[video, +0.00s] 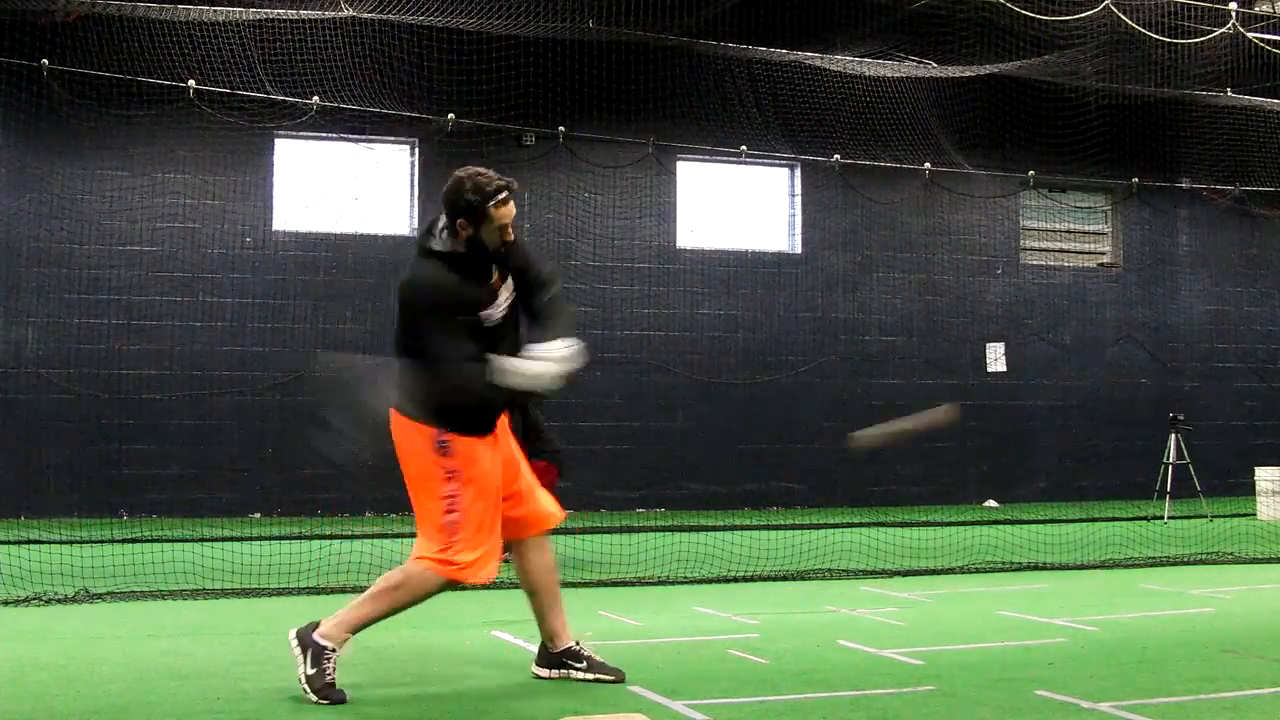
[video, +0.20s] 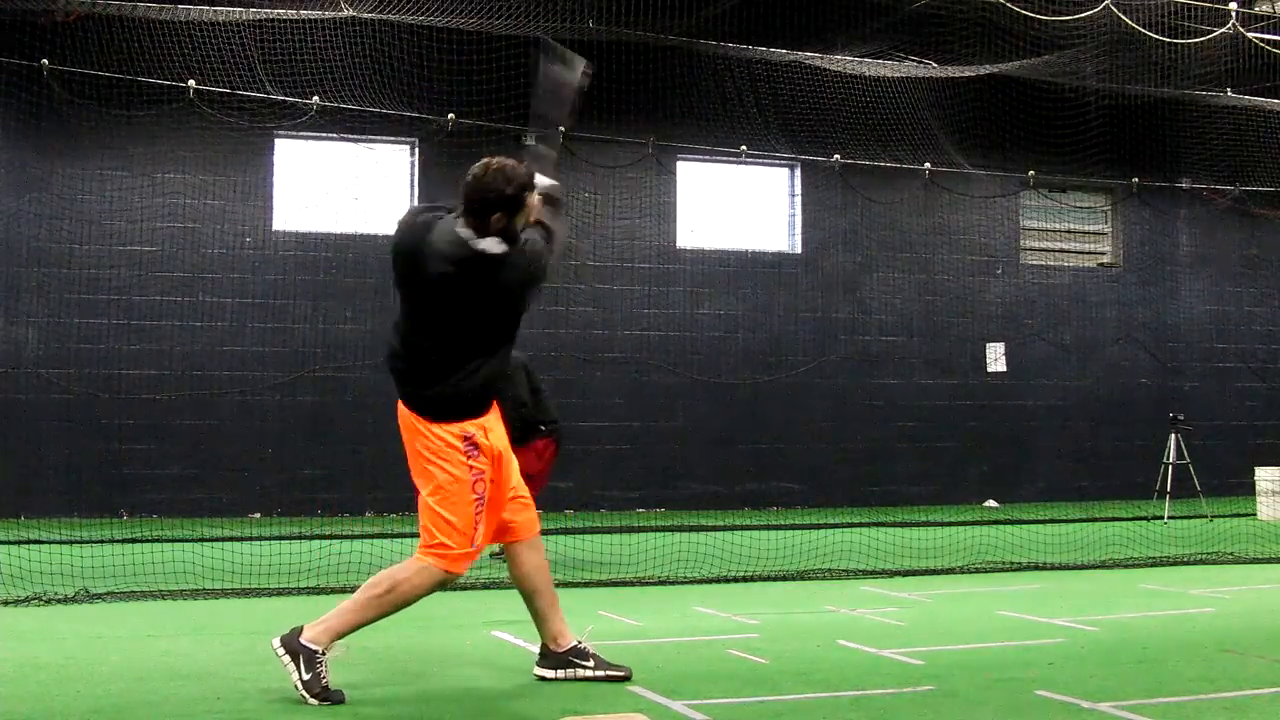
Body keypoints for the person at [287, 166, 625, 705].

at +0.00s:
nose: (512, 232)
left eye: (512, 222)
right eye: (503, 225)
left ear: (497, 218)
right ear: (468, 226)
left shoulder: (499, 249)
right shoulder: (430, 282)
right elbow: (453, 374)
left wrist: (552, 346)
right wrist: (519, 374)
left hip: (484, 420)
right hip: (434, 427)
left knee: (530, 523)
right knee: (450, 557)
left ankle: (558, 648)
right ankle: (324, 637)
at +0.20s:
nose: (534, 211)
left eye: (532, 201)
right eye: (529, 205)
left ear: (470, 206)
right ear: (509, 218)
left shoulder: (417, 231)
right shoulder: (517, 267)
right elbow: (545, 230)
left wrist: (513, 206)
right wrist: (544, 198)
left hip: (476, 413)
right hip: (445, 423)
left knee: (520, 524)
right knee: (444, 559)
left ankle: (560, 648)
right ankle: (309, 641)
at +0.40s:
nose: (547, 189)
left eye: (546, 180)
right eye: (545, 182)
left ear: (483, 186)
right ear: (525, 188)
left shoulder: (426, 232)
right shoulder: (537, 228)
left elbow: (366, 282)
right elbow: (476, 215)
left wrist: (390, 217)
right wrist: (411, 191)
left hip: (445, 412)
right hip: (463, 418)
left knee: (523, 526)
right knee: (444, 561)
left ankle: (562, 649)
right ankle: (306, 640)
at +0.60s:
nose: (546, 190)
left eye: (545, 181)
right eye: (543, 182)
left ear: (486, 185)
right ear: (521, 190)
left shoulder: (433, 227)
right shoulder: (536, 249)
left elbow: (387, 270)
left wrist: (450, 283)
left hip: (454, 415)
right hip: (455, 421)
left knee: (526, 523)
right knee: (448, 562)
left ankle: (563, 649)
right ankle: (304, 640)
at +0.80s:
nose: (547, 191)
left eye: (547, 181)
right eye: (543, 182)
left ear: (490, 182)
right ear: (517, 186)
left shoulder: (441, 221)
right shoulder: (520, 251)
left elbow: (484, 278)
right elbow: (561, 286)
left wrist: (542, 248)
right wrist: (574, 251)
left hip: (483, 417)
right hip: (450, 419)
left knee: (536, 523)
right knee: (440, 558)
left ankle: (564, 649)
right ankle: (305, 638)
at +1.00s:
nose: (562, 194)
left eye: (563, 183)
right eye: (556, 185)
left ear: (517, 183)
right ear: (523, 185)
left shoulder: (485, 215)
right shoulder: (514, 255)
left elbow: (541, 285)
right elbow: (555, 334)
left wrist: (598, 306)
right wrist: (622, 333)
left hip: (494, 410)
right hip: (451, 416)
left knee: (545, 520)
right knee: (440, 552)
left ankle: (565, 647)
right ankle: (305, 636)